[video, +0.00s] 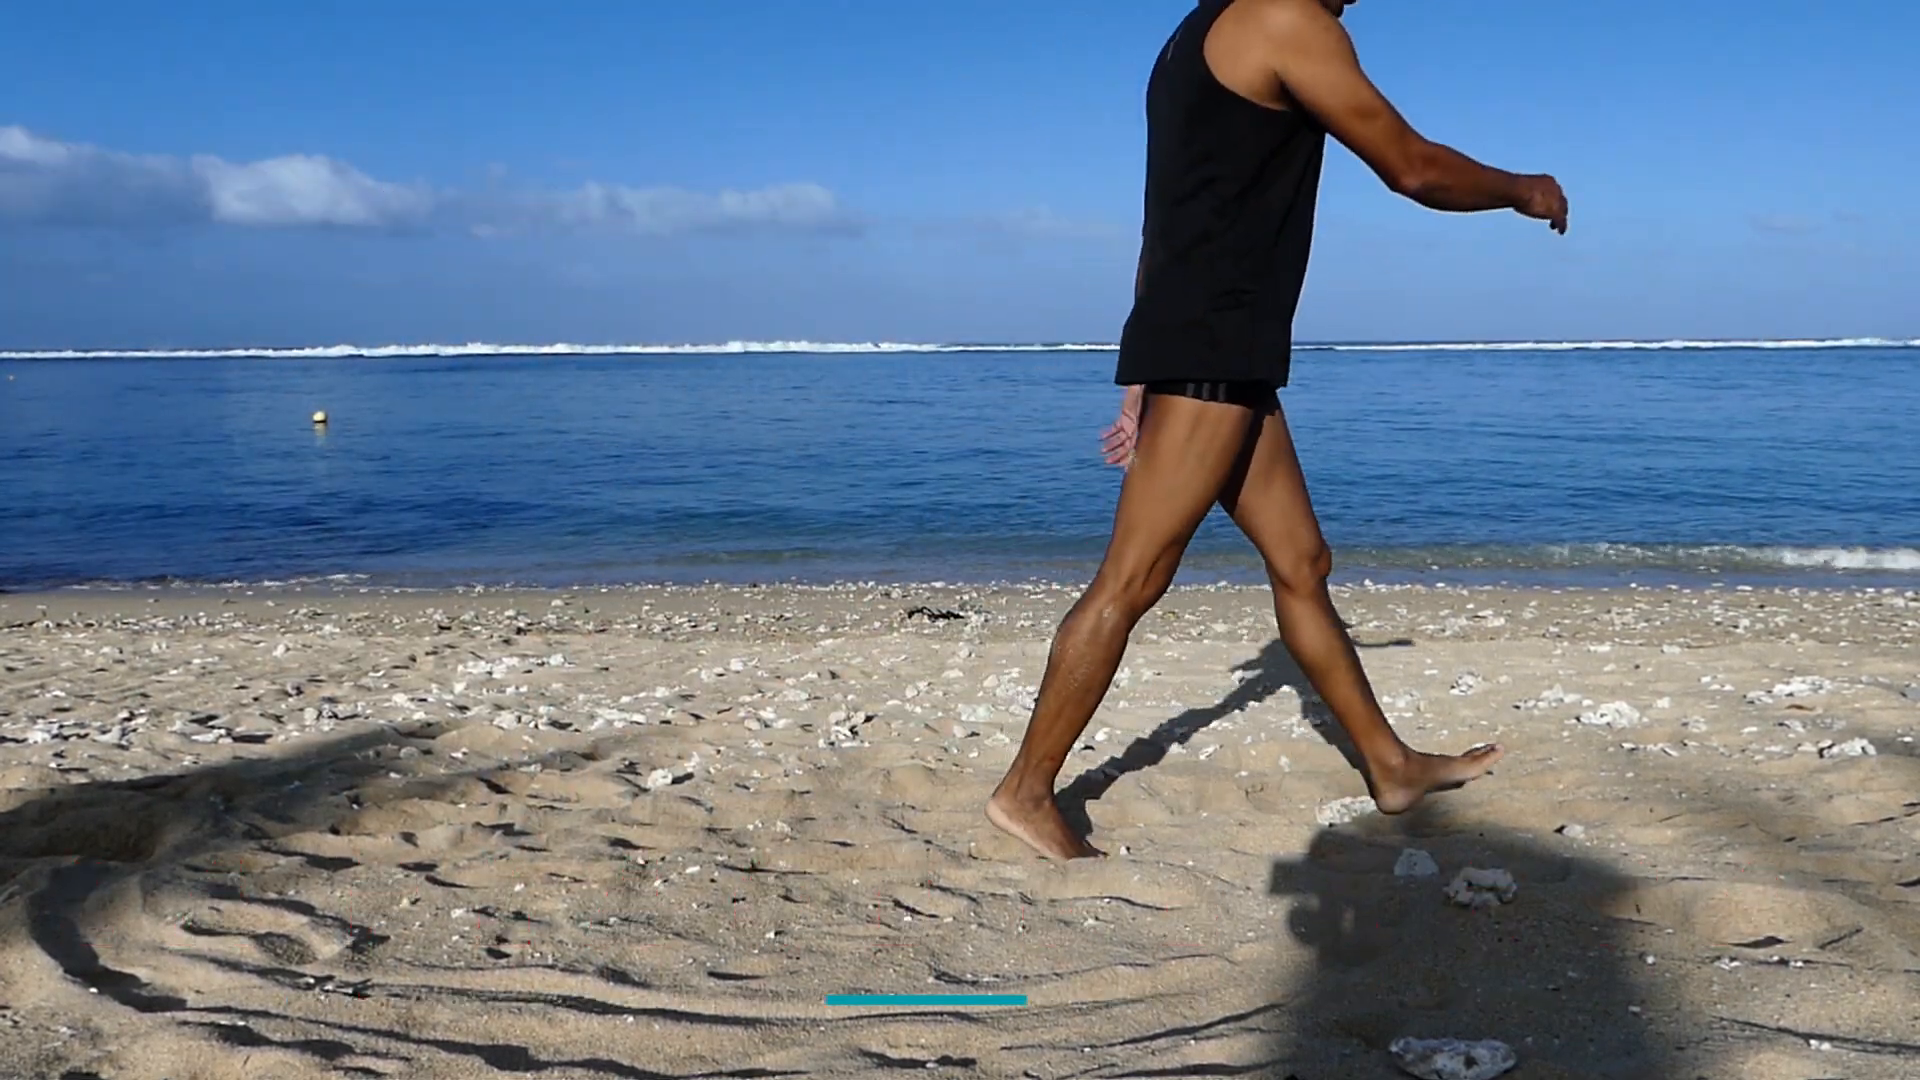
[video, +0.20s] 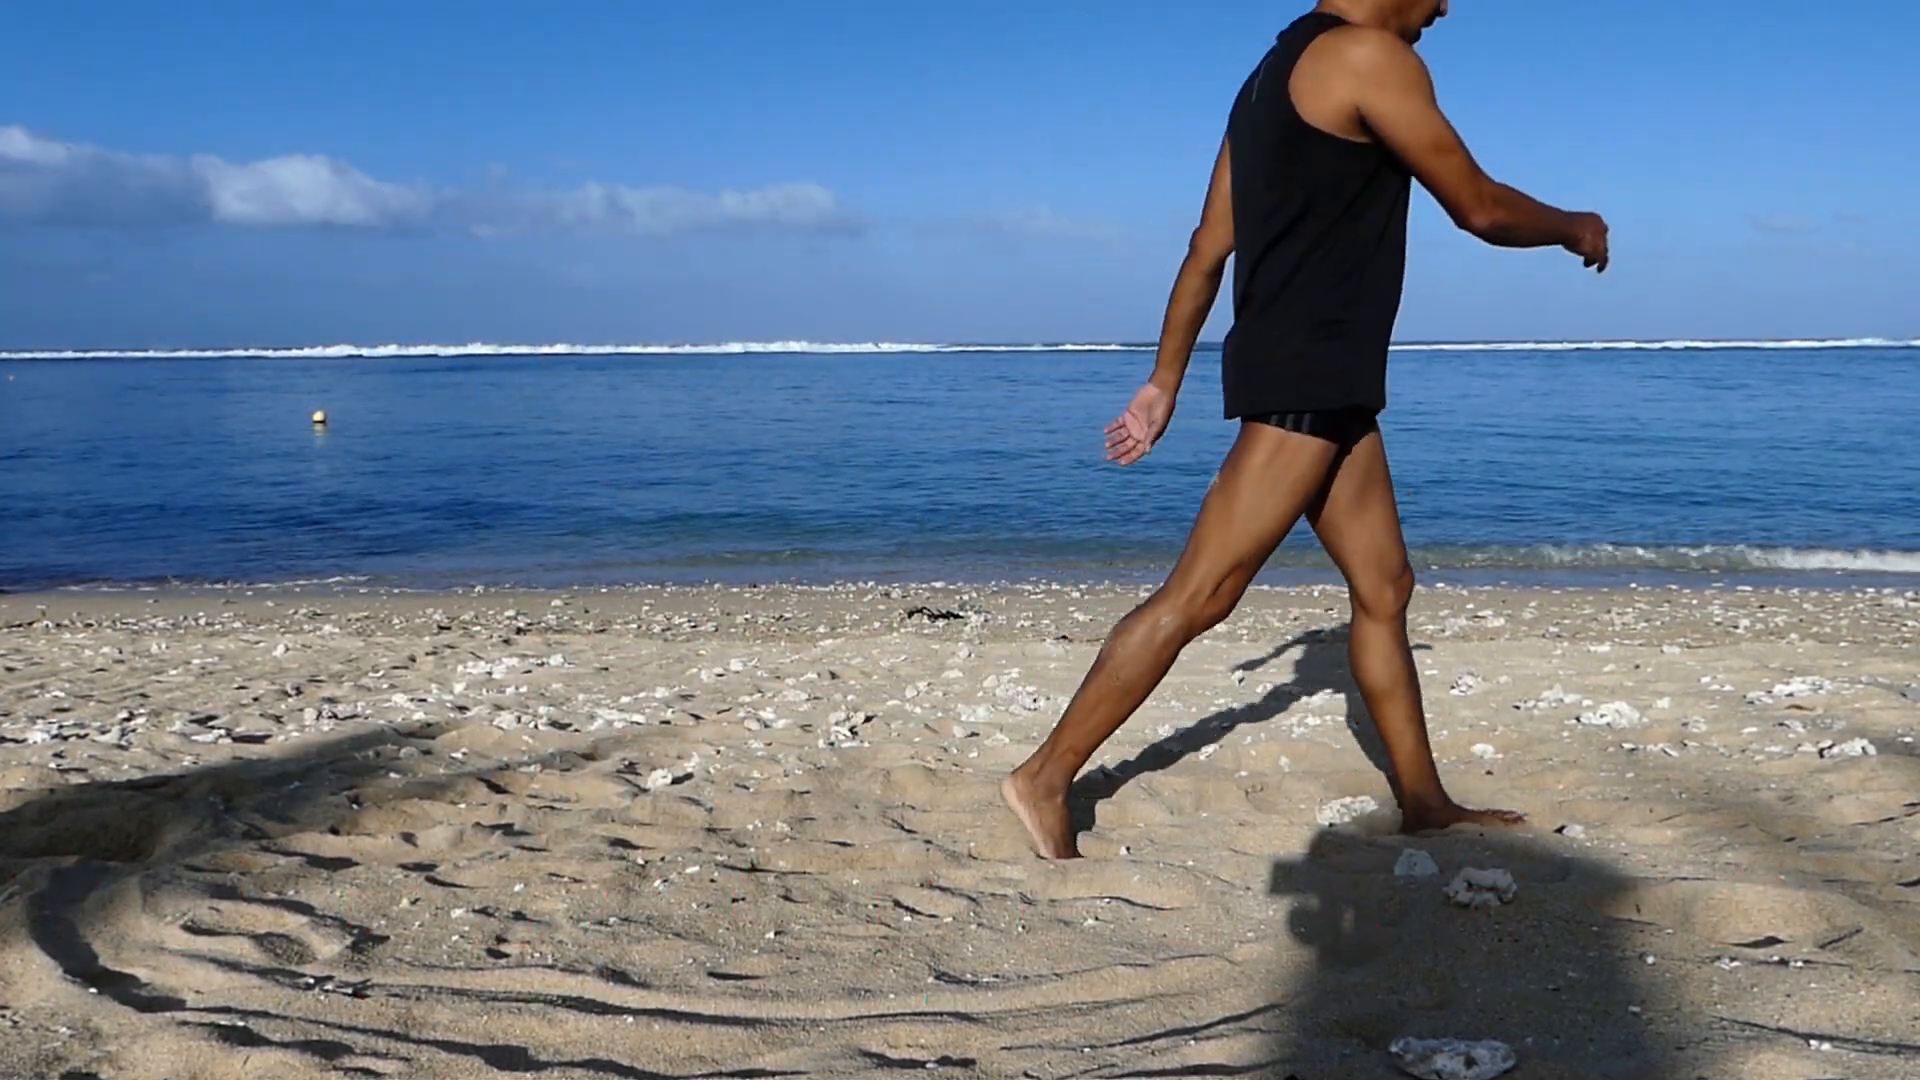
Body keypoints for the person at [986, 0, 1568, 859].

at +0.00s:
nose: (1354, 2)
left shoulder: (1199, 38)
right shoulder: (1292, 25)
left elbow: (1170, 221)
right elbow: (1414, 167)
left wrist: (1145, 369)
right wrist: (1522, 188)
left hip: (1207, 352)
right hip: (1215, 352)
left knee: (1300, 568)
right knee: (1126, 584)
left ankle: (1391, 767)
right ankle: (1025, 789)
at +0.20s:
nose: (1442, 9)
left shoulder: (1276, 72)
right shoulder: (1375, 57)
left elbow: (1208, 253)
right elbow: (1481, 208)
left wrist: (1163, 381)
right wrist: (1574, 227)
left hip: (1305, 376)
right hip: (1314, 378)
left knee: (1382, 588)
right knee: (1194, 596)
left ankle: (1426, 809)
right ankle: (1045, 777)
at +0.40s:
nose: (1518, 14)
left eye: (1519, 5)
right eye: (1517, 2)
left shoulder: (1348, 89)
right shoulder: (1465, 72)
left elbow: (1289, 261)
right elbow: (1522, 253)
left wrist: (1233, 387)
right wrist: (1611, 335)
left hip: (1360, 373)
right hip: (1402, 381)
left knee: (1449, 582)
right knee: (1334, 617)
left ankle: (1428, 805)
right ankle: (1137, 759)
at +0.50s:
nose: (1555, 21)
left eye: (1559, 10)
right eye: (1557, 8)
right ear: (1532, 0)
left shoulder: (1386, 86)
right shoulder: (1505, 74)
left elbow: (1345, 257)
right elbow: (1541, 263)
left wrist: (1308, 388)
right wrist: (1612, 399)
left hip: (1393, 372)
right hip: (1446, 377)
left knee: (1466, 585)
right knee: (1435, 622)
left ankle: (1428, 804)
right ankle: (1221, 734)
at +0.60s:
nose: (1582, 17)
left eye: (1585, 7)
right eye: (1584, 5)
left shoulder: (1412, 79)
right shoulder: (1529, 71)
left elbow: (1380, 255)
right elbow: (1546, 263)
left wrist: (1362, 388)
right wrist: (1604, 419)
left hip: (1409, 366)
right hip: (1476, 374)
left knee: (1459, 596)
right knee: (1508, 609)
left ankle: (1430, 804)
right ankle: (1289, 719)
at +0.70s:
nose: (1625, 7)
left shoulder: (1459, 65)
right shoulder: (1568, 60)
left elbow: (1453, 245)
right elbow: (1562, 251)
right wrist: (1590, 418)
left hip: (1445, 354)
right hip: (1512, 362)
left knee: (1466, 584)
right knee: (1602, 580)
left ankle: (1429, 804)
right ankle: (1391, 713)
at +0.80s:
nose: (1726, 5)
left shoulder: (1570, 51)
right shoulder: (1669, 49)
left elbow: (1571, 223)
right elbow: (1610, 198)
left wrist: (1669, 340)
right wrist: (1586, 347)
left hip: (1529, 343)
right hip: (1620, 350)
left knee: (1480, 581)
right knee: (1756, 542)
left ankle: (1436, 796)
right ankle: (1694, 768)